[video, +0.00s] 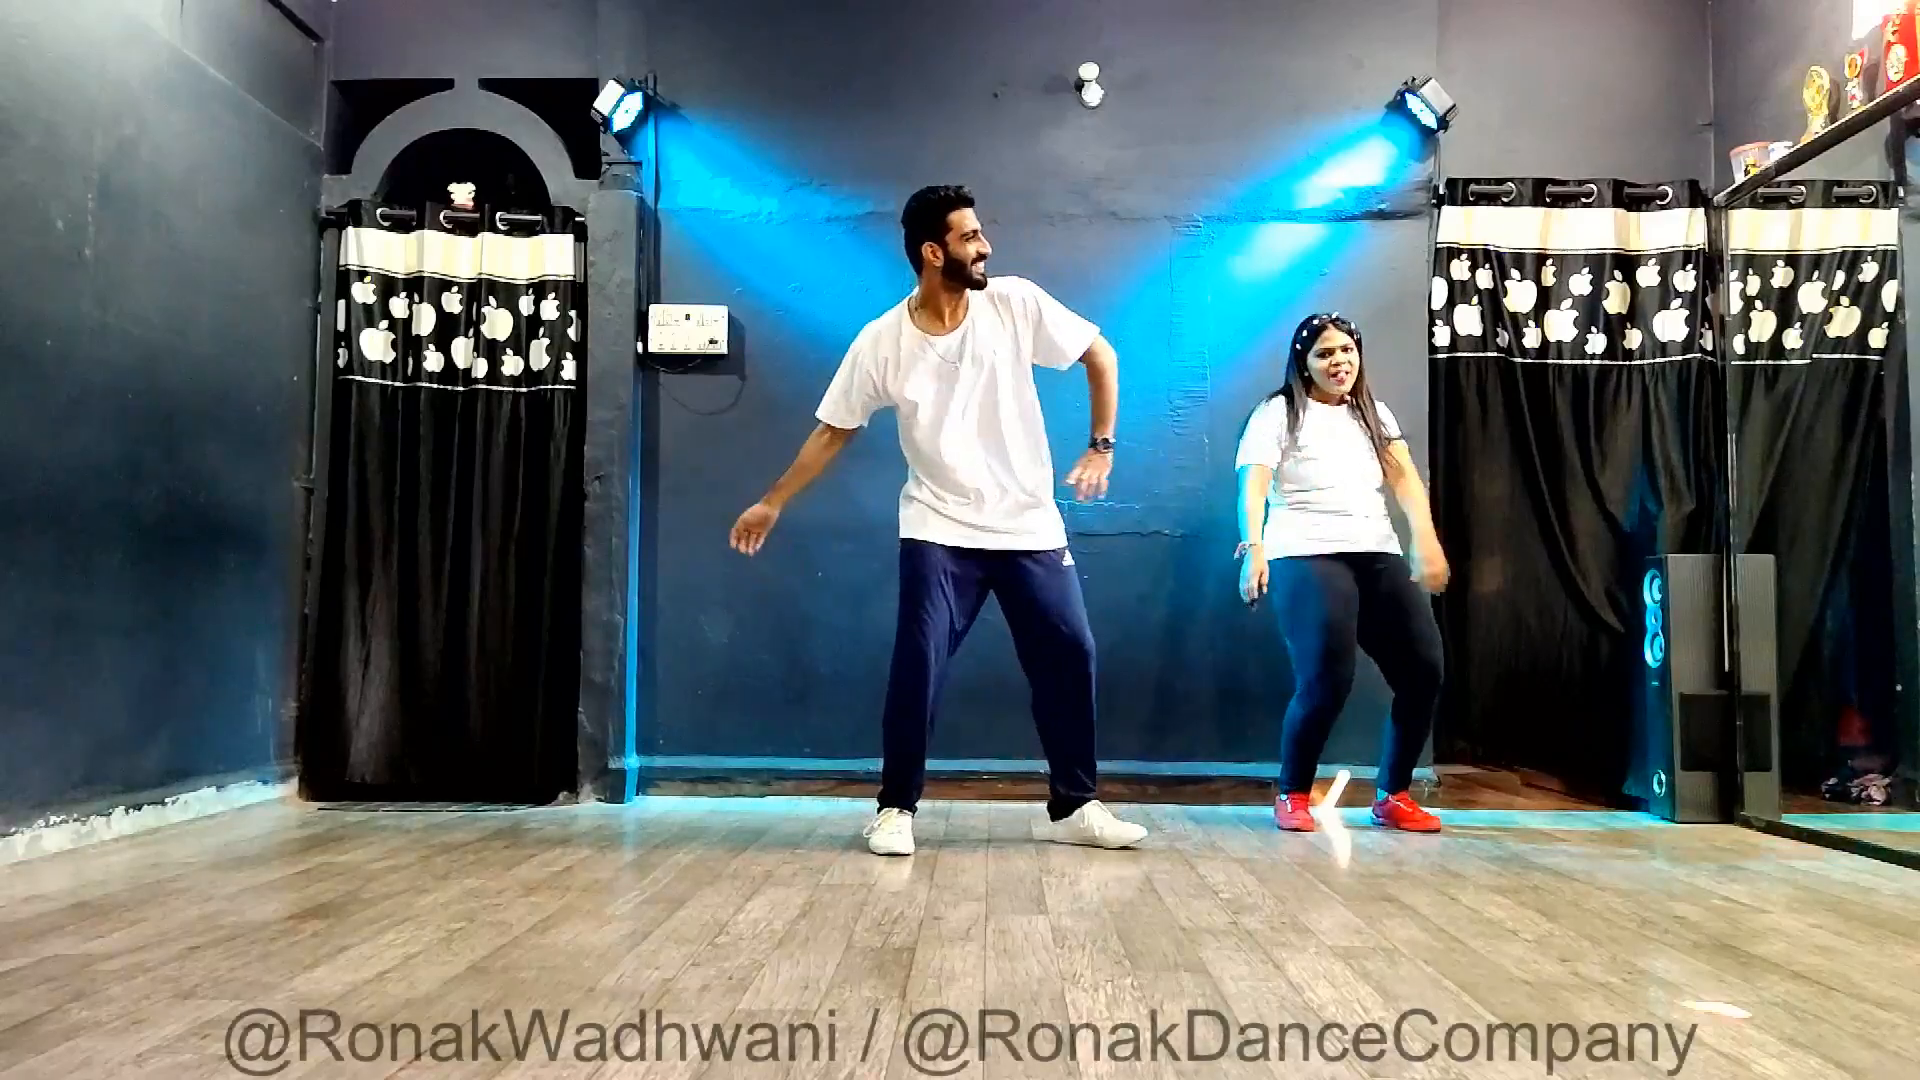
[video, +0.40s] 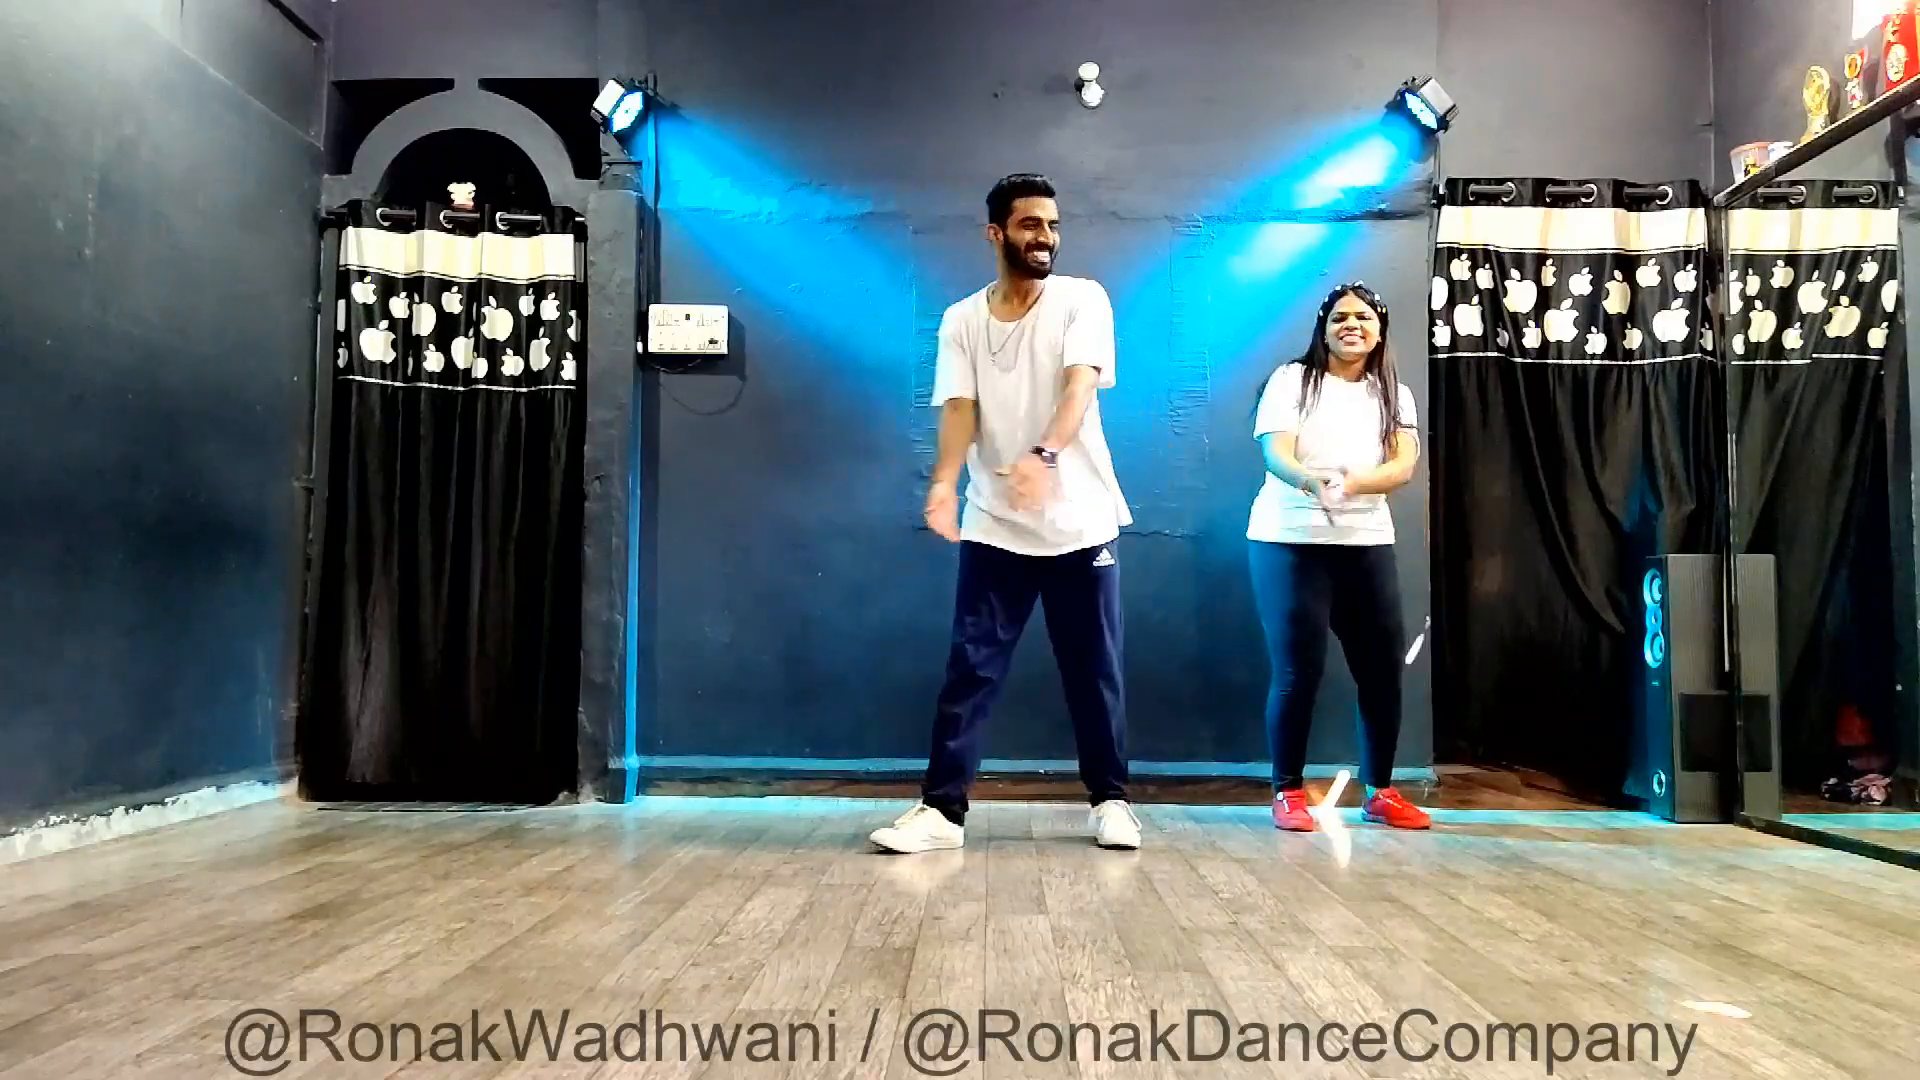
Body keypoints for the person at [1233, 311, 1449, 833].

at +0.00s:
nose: (1338, 361)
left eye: (1346, 350)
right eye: (1324, 354)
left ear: (1358, 355)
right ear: (1303, 362)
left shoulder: (1372, 412)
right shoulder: (1277, 413)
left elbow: (1405, 476)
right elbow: (1255, 483)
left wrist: (1426, 538)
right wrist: (1254, 547)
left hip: (1378, 553)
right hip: (1306, 552)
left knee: (1422, 669)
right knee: (1326, 674)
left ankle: (1392, 796)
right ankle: (1293, 795)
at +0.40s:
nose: (1352, 324)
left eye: (1362, 317)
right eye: (1342, 317)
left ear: (1379, 330)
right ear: (1324, 330)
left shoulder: (1395, 395)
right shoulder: (1291, 380)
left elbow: (1403, 468)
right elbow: (1276, 455)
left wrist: (1351, 483)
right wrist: (1317, 482)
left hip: (1365, 547)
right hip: (1290, 543)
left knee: (1382, 671)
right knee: (1296, 672)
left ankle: (1378, 791)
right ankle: (1288, 792)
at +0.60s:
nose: (1367, 326)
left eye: (1379, 319)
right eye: (1357, 319)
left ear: (1398, 333)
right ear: (1343, 329)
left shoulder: (1408, 386)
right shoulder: (1299, 373)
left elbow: (1392, 438)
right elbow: (1221, 400)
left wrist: (1304, 429)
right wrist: (1181, 378)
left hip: (1378, 544)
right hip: (1298, 538)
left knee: (1386, 675)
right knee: (1302, 671)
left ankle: (1381, 792)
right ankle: (1289, 793)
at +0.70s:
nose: (1348, 323)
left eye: (1360, 314)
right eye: (1337, 315)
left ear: (1382, 322)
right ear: (1325, 325)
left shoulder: (1401, 374)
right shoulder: (1296, 369)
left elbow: (1388, 421)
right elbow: (1233, 356)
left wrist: (1304, 434)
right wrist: (1191, 303)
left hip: (1385, 542)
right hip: (1305, 537)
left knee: (1391, 673)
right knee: (1301, 660)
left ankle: (1385, 792)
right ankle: (1289, 787)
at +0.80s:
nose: (1324, 328)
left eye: (1336, 319)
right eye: (1313, 320)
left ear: (1359, 325)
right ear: (1302, 329)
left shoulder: (1383, 366)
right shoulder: (1286, 374)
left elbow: (1395, 425)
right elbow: (1247, 356)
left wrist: (1328, 468)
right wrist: (1213, 316)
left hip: (1385, 540)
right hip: (1306, 538)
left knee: (1392, 669)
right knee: (1299, 644)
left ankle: (1392, 791)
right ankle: (1292, 775)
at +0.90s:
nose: (1291, 348)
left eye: (1301, 337)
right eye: (1279, 341)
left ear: (1322, 339)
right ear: (1265, 349)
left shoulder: (1356, 382)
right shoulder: (1273, 397)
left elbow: (1410, 460)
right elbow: (1252, 413)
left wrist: (1401, 546)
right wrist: (1195, 401)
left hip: (1380, 547)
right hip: (1304, 544)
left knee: (1390, 677)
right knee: (1293, 655)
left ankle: (1399, 790)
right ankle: (1293, 784)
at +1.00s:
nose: (1272, 358)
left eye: (1276, 346)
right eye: (1256, 357)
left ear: (1293, 351)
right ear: (1244, 379)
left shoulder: (1352, 402)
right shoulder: (1250, 430)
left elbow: (1419, 473)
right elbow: (1232, 481)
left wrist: (1448, 550)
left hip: (1386, 562)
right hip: (1301, 566)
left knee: (1393, 684)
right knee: (1284, 676)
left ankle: (1400, 790)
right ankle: (1289, 797)